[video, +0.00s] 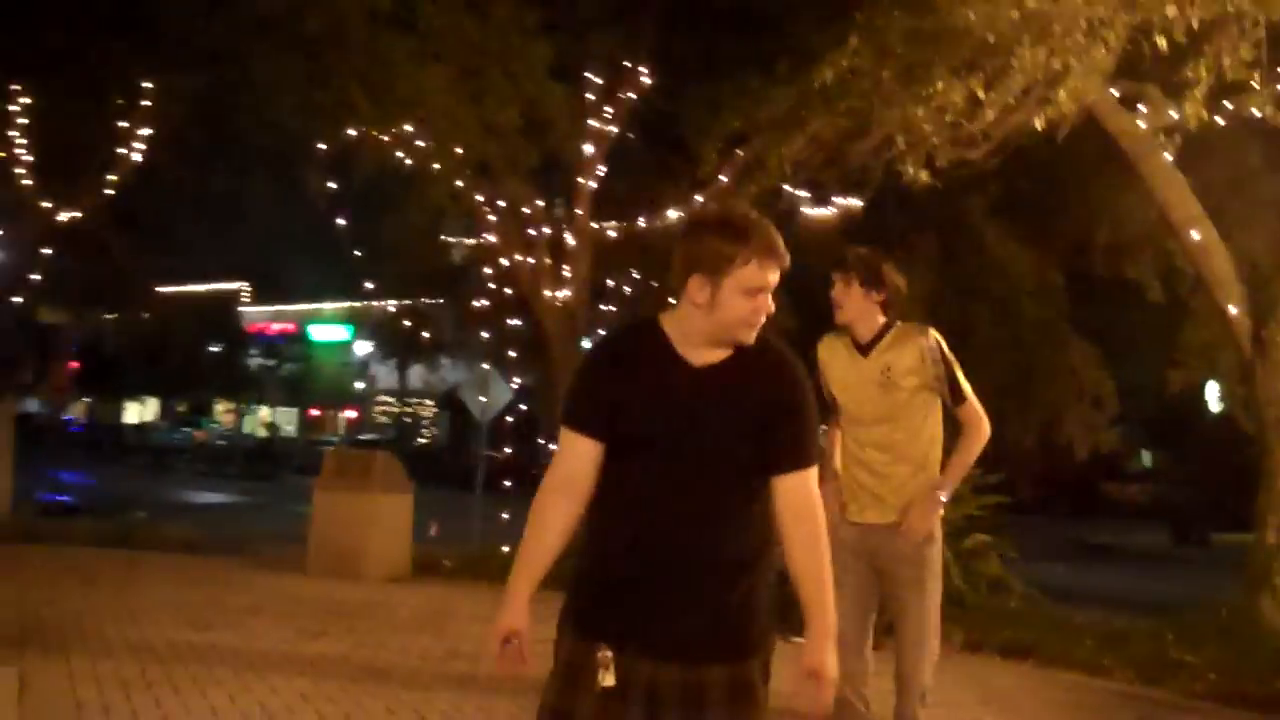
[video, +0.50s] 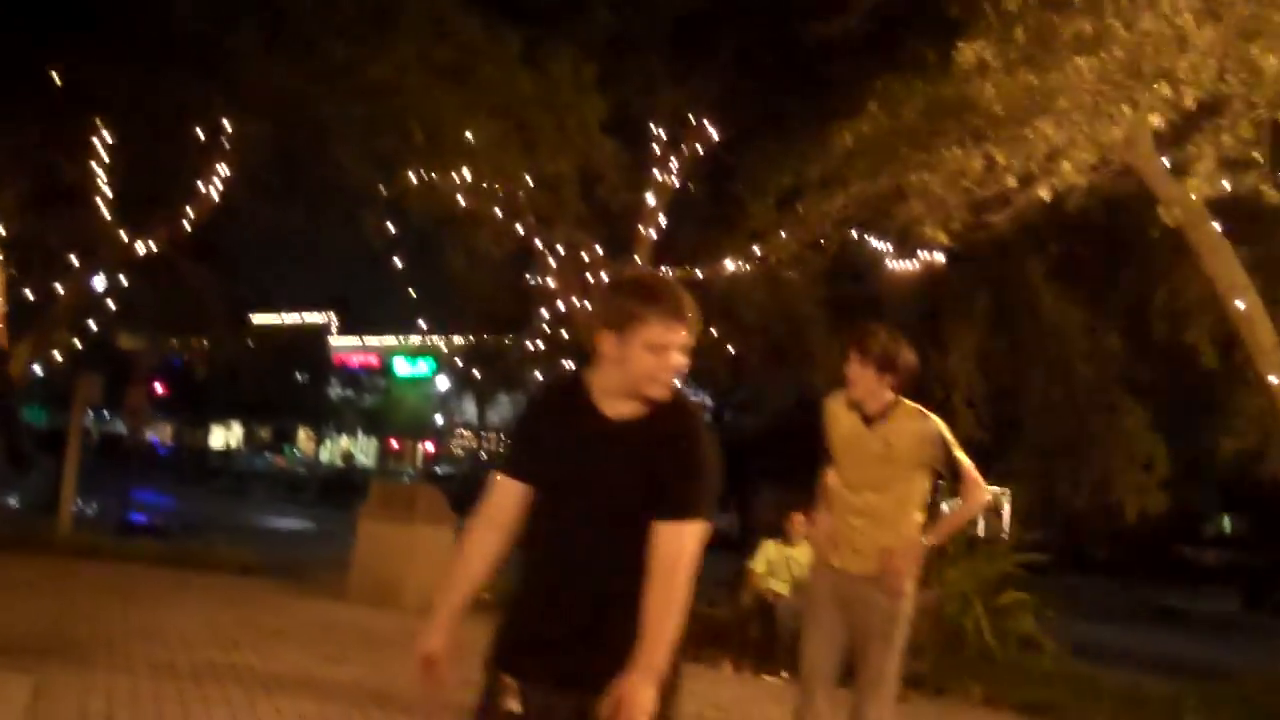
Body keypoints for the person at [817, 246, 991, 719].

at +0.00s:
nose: (834, 295)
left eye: (845, 285)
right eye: (835, 285)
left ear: (877, 294)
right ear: (843, 292)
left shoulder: (923, 346)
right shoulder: (829, 350)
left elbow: (977, 425)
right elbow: (833, 420)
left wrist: (937, 497)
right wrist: (831, 478)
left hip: (913, 530)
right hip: (850, 529)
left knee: (914, 673)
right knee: (846, 665)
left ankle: (909, 715)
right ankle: (850, 714)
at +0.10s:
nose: (847, 315)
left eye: (857, 306)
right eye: (847, 305)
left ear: (889, 314)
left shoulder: (934, 367)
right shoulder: (843, 368)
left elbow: (987, 452)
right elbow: (848, 439)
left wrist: (947, 520)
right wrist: (840, 505)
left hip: (918, 549)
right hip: (855, 546)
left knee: (912, 692)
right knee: (852, 684)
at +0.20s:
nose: (871, 348)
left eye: (880, 338)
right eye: (871, 337)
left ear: (912, 347)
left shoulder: (955, 396)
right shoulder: (865, 395)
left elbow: (1005, 485)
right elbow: (865, 471)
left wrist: (966, 551)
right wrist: (858, 540)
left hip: (933, 575)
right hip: (872, 571)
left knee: (922, 706)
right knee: (864, 703)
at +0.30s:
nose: (870, 370)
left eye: (880, 362)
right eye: (872, 360)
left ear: (912, 375)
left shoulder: (954, 427)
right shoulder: (864, 417)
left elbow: (1007, 506)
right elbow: (862, 485)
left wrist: (958, 567)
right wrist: (853, 546)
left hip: (927, 593)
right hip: (867, 587)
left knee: (915, 709)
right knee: (858, 705)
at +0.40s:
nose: (869, 379)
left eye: (879, 371)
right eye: (871, 369)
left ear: (912, 385)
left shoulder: (951, 435)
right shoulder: (862, 422)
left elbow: (1007, 506)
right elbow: (861, 486)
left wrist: (952, 561)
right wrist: (850, 535)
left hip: (918, 592)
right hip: (859, 586)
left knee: (908, 707)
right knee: (848, 701)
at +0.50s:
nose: (848, 371)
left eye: (859, 364)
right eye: (849, 361)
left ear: (887, 378)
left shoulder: (924, 428)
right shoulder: (834, 410)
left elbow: (976, 493)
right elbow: (829, 468)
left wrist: (923, 544)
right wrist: (821, 514)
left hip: (888, 577)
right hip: (830, 567)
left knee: (874, 697)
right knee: (812, 687)